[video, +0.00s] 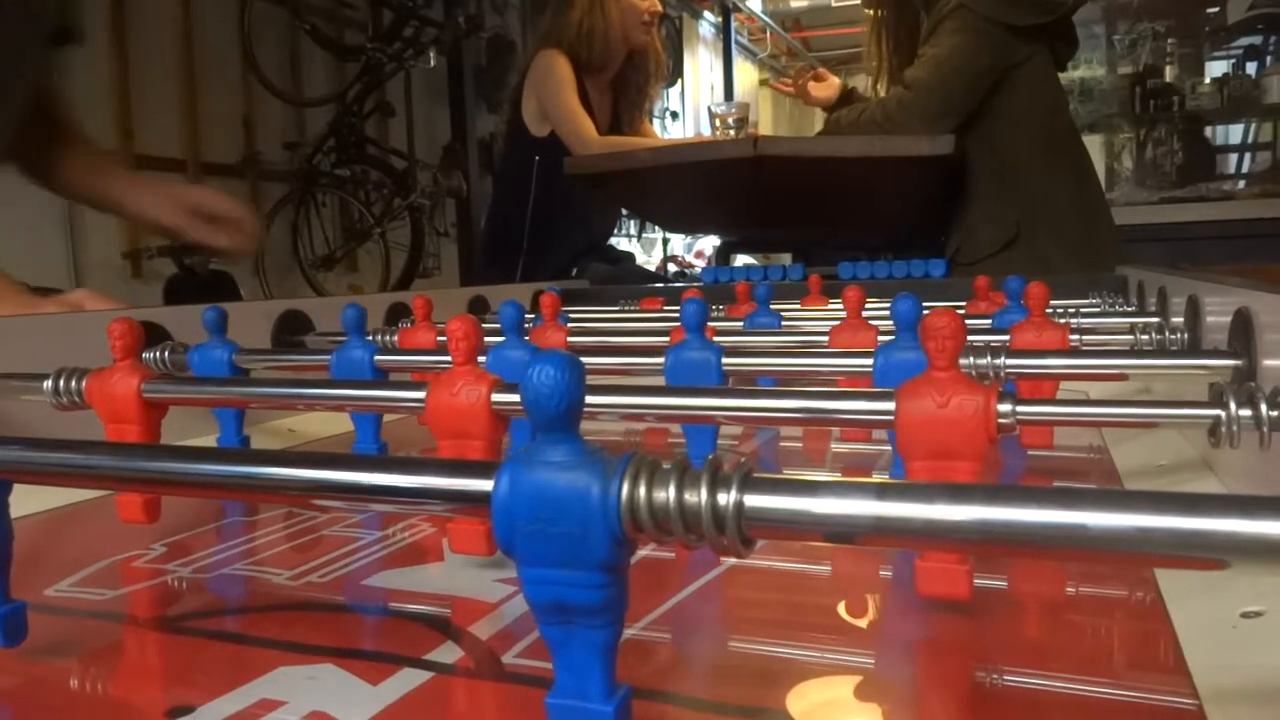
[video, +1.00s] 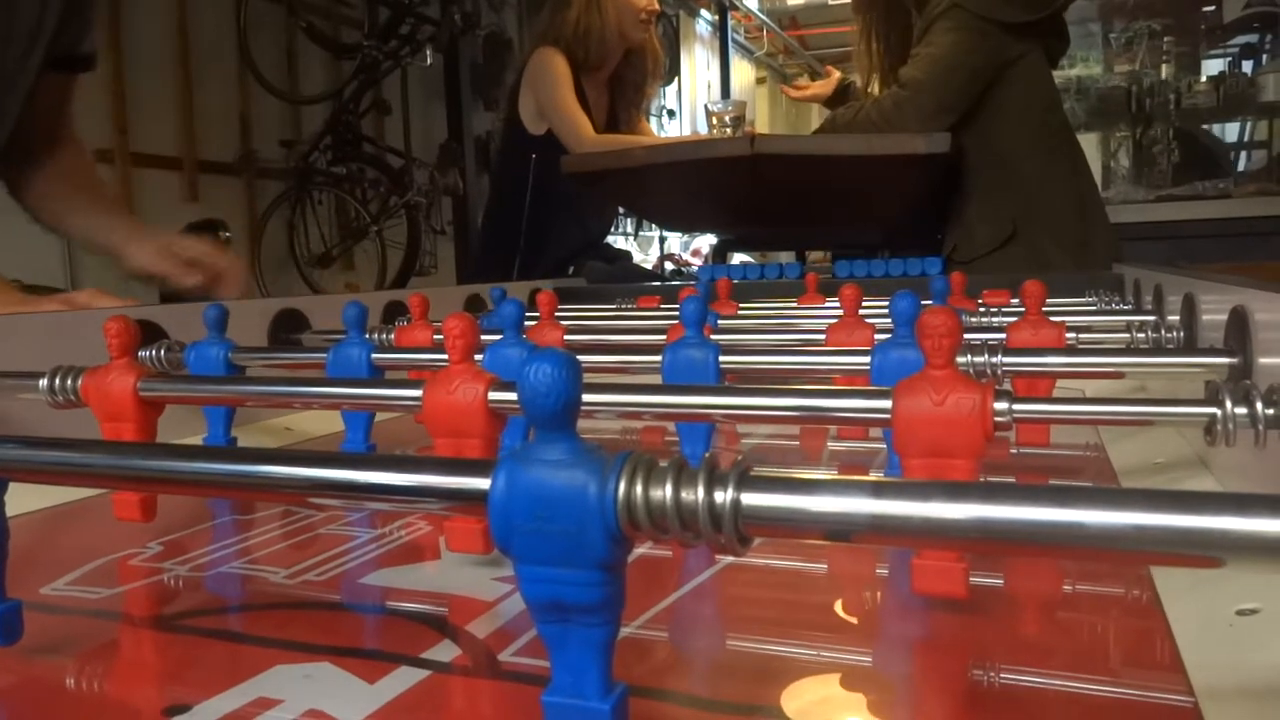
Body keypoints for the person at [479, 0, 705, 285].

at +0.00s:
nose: (657, 8)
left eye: (656, 0)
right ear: (603, 5)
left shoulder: (620, 86)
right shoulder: (551, 64)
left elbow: (655, 153)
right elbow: (588, 147)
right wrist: (682, 150)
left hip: (585, 255)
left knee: (673, 296)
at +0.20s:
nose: (657, 8)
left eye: (656, 0)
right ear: (602, 5)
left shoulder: (619, 86)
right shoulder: (550, 64)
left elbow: (654, 153)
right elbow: (586, 146)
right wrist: (682, 148)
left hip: (583, 255)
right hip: (524, 264)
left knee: (675, 295)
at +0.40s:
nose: (656, 8)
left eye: (655, 1)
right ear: (602, 5)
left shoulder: (618, 86)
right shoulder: (550, 63)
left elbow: (654, 153)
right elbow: (586, 146)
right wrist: (681, 148)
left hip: (582, 256)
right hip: (522, 265)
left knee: (671, 294)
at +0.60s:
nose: (656, 6)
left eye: (655, 0)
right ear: (600, 4)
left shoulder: (618, 84)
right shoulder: (549, 63)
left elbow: (653, 151)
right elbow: (586, 146)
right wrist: (678, 148)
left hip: (580, 252)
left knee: (668, 294)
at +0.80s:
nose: (655, 7)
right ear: (599, 4)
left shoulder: (616, 84)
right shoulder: (549, 62)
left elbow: (654, 151)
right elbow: (586, 146)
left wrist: (707, 146)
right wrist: (679, 148)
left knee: (667, 294)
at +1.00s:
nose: (655, 7)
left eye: (655, 0)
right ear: (601, 4)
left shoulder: (617, 83)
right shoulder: (548, 62)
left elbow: (653, 151)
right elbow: (584, 145)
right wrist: (673, 149)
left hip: (580, 252)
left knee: (672, 294)